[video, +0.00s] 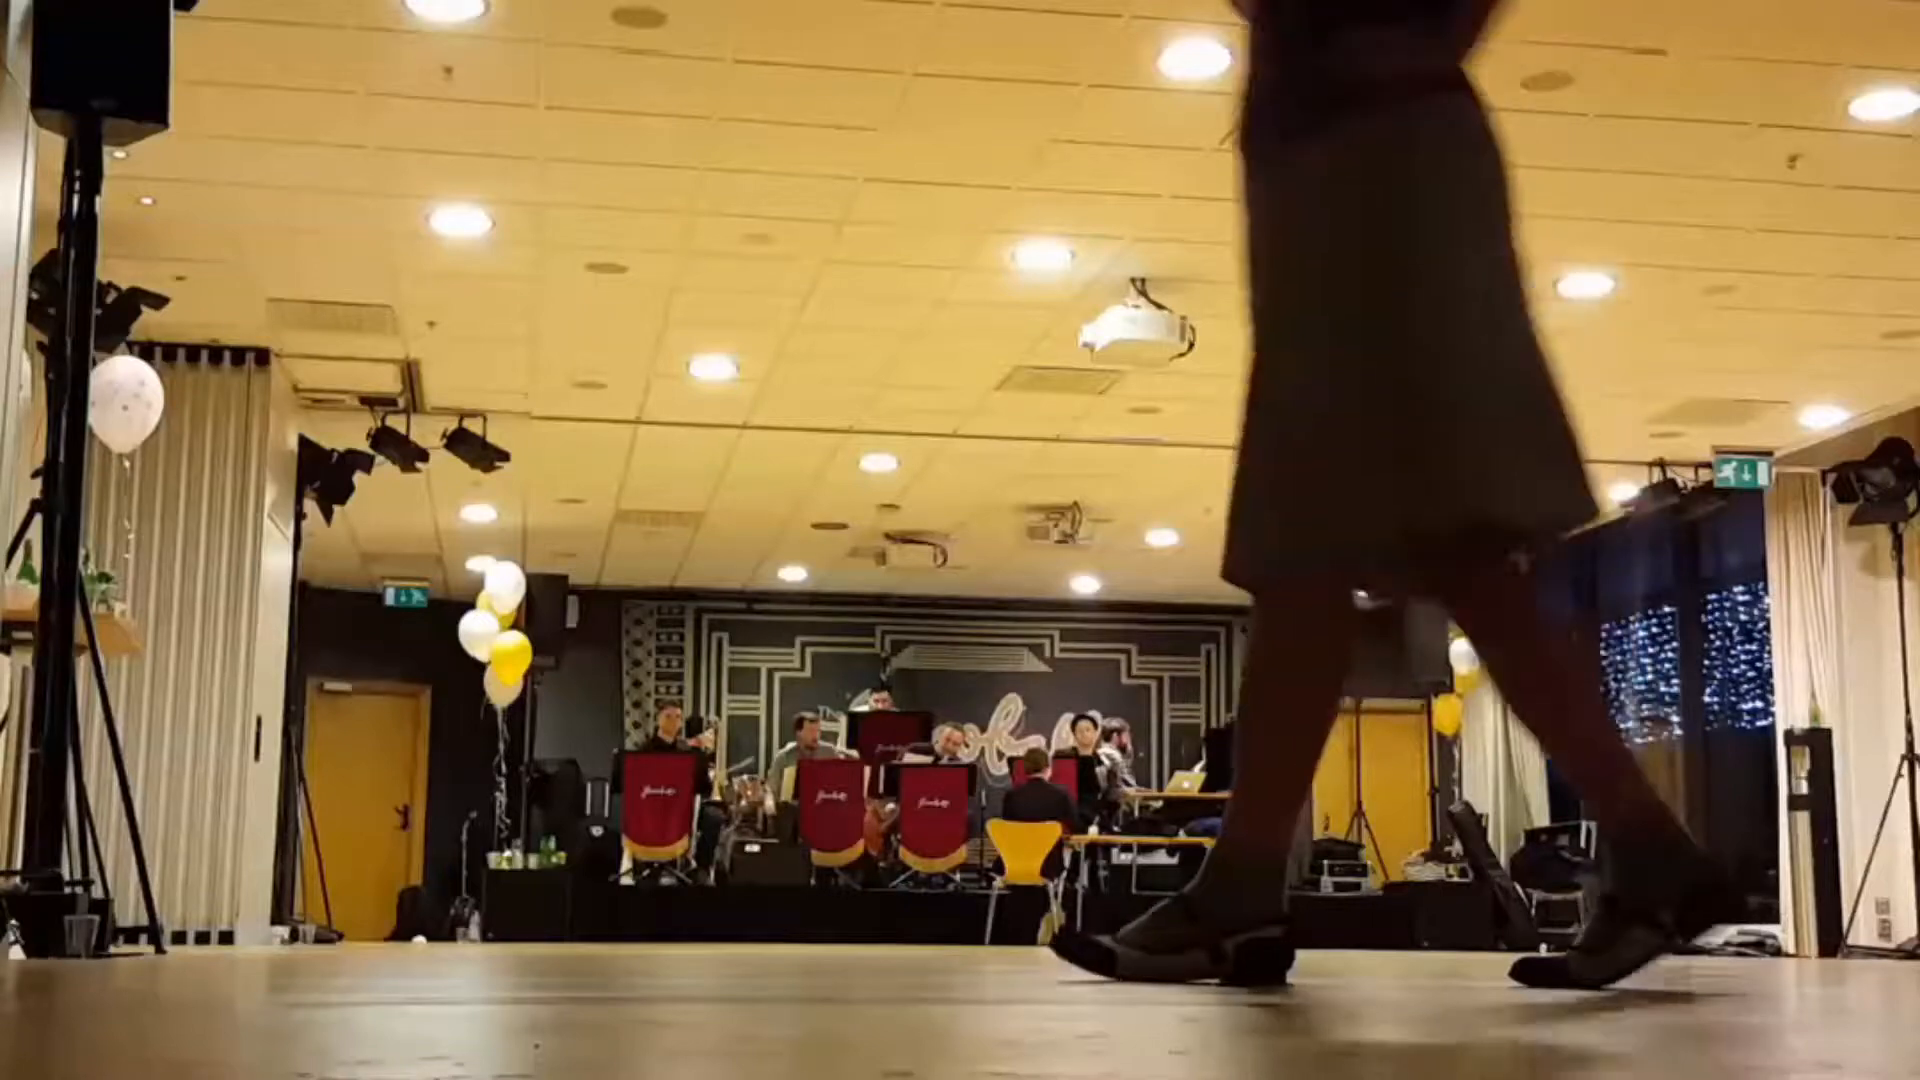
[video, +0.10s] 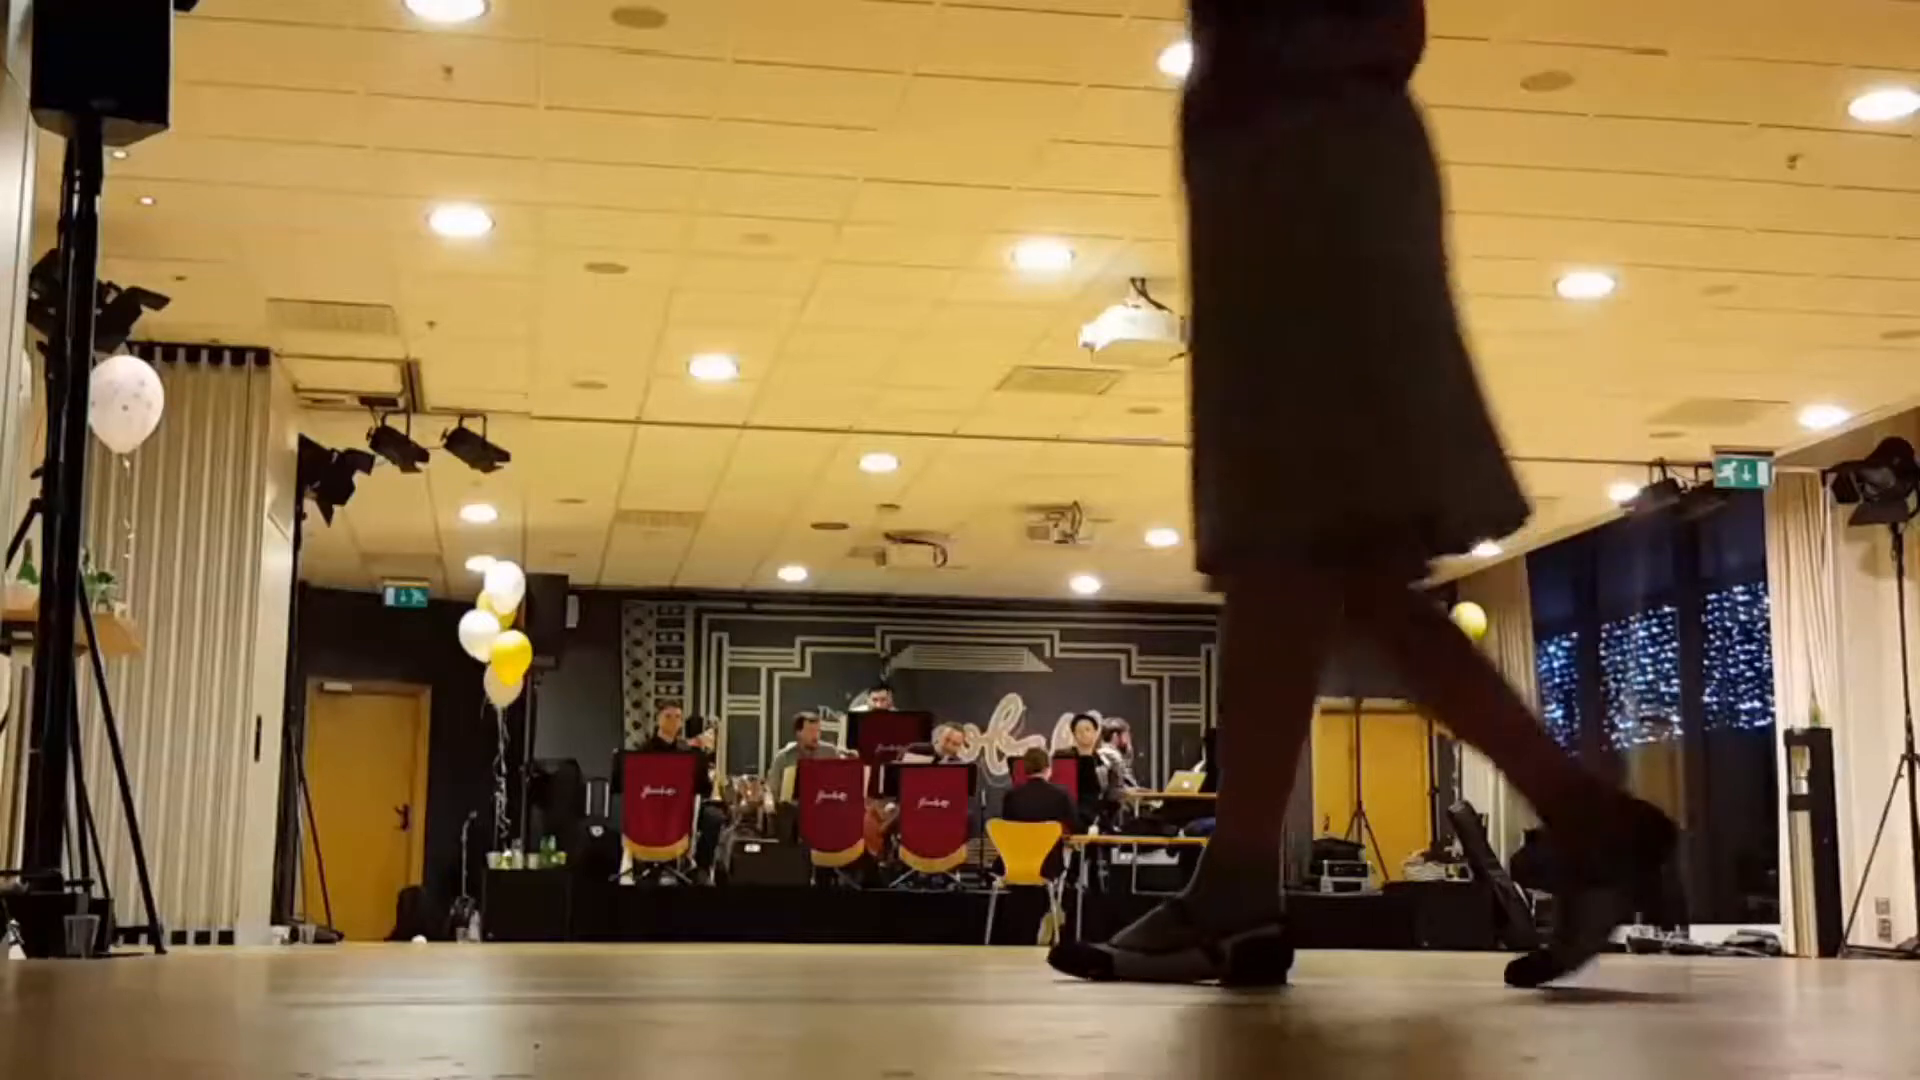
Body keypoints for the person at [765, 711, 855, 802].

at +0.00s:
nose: (815, 735)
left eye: (817, 730)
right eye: (811, 730)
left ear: (820, 731)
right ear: (799, 732)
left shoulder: (829, 752)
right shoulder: (785, 756)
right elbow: (773, 784)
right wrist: (771, 801)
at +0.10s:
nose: (815, 736)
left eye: (817, 730)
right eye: (810, 730)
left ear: (820, 732)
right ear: (799, 733)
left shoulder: (830, 753)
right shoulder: (784, 757)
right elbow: (772, 785)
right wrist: (770, 801)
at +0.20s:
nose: (815, 736)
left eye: (818, 731)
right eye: (810, 731)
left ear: (821, 732)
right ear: (798, 733)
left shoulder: (831, 753)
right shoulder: (784, 757)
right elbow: (772, 785)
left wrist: (847, 761)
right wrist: (769, 800)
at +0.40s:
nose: (813, 736)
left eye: (816, 731)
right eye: (808, 731)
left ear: (819, 732)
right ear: (798, 734)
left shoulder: (831, 753)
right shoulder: (785, 757)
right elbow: (772, 786)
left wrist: (852, 762)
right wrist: (770, 802)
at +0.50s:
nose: (810, 736)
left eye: (813, 731)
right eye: (806, 732)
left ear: (818, 732)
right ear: (797, 734)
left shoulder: (831, 753)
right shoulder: (785, 757)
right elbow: (771, 787)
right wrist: (770, 803)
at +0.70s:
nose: (808, 736)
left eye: (811, 730)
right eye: (804, 731)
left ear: (817, 730)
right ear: (796, 733)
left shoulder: (832, 753)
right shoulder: (783, 757)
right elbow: (770, 784)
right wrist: (770, 800)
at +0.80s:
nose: (808, 736)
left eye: (811, 731)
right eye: (803, 732)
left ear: (817, 730)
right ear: (796, 733)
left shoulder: (832, 754)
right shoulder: (784, 757)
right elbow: (771, 784)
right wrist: (769, 799)